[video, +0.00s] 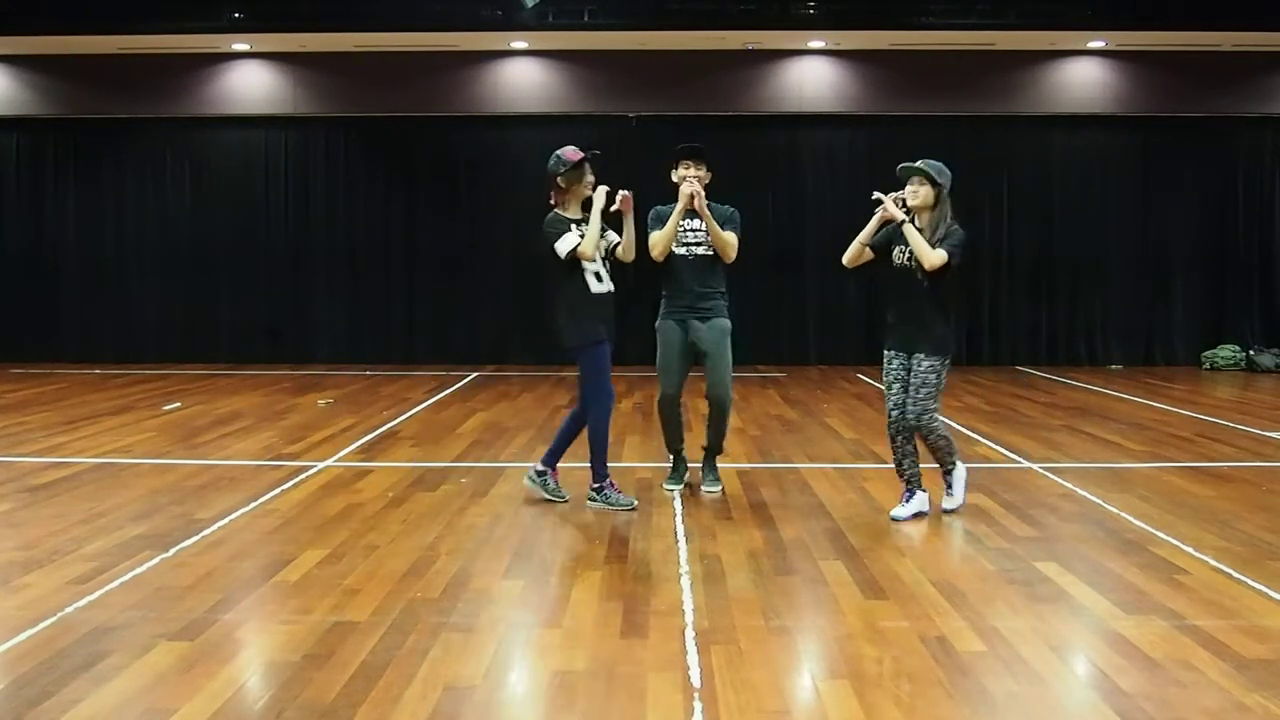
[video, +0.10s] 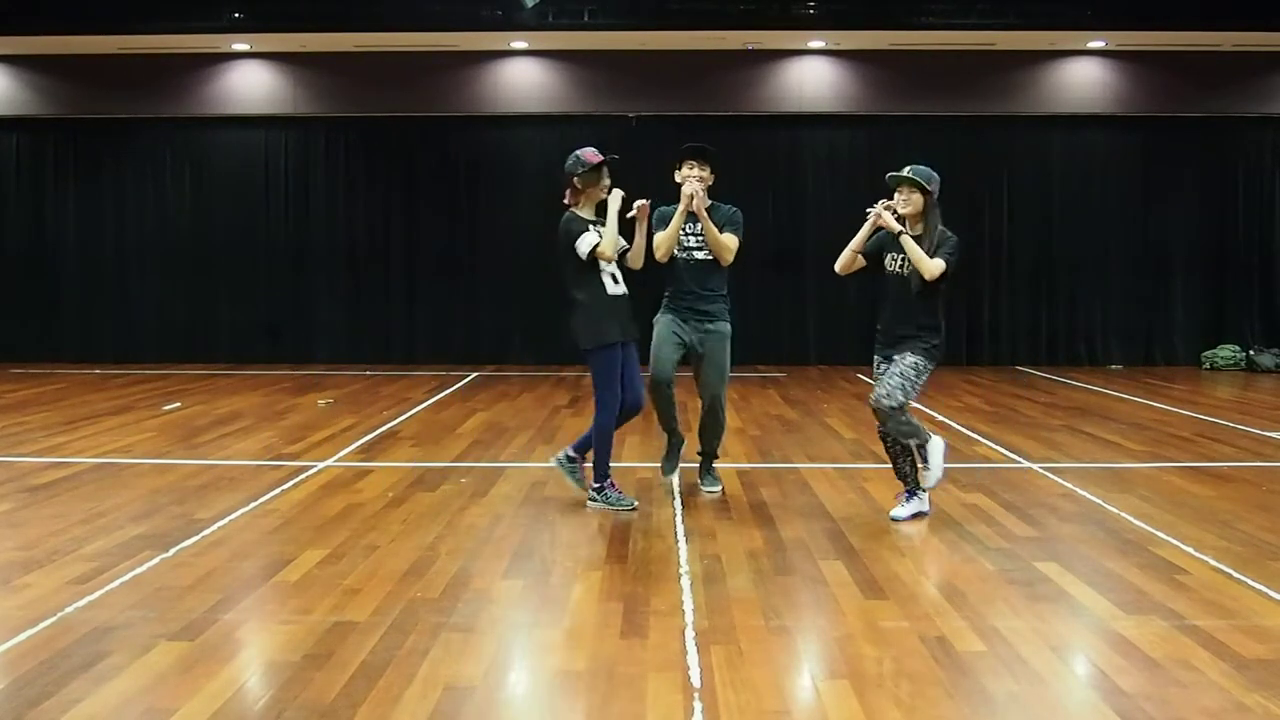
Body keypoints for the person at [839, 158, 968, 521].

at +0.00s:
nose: (909, 190)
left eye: (918, 185)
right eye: (908, 184)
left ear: (938, 192)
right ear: (906, 193)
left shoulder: (952, 233)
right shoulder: (897, 231)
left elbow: (931, 261)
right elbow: (850, 260)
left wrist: (902, 220)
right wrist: (877, 220)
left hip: (934, 339)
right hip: (897, 338)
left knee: (919, 415)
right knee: (896, 419)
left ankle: (953, 470)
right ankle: (914, 492)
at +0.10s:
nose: (901, 197)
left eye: (910, 191)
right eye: (898, 191)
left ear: (928, 197)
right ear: (894, 198)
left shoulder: (944, 240)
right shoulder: (888, 237)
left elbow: (931, 271)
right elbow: (842, 267)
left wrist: (898, 231)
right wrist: (868, 228)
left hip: (922, 342)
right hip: (886, 341)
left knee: (884, 403)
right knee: (888, 423)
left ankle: (929, 444)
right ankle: (915, 494)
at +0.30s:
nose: (889, 171)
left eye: (898, 168)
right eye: (886, 166)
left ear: (913, 181)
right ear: (877, 175)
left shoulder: (918, 215)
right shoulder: (864, 214)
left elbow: (928, 240)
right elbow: (813, 240)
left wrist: (891, 203)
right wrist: (847, 202)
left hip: (905, 322)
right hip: (872, 322)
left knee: (857, 382)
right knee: (893, 406)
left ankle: (884, 458)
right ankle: (914, 486)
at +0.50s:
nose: (858, 192)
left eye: (867, 186)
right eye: (856, 186)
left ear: (887, 191)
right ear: (851, 192)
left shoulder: (901, 234)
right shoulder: (846, 232)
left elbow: (894, 262)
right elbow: (801, 264)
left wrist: (863, 220)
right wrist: (826, 219)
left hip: (877, 345)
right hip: (843, 342)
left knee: (860, 425)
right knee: (837, 426)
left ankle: (865, 506)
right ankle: (892, 469)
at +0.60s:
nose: (844, 191)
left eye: (852, 185)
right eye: (841, 185)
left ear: (872, 190)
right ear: (838, 193)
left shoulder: (890, 233)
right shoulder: (835, 234)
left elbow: (880, 262)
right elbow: (790, 267)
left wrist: (846, 221)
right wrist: (812, 224)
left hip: (868, 353)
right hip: (830, 346)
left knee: (853, 431)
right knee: (801, 408)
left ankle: (866, 505)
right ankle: (855, 440)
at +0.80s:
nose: (818, 161)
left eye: (828, 158)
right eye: (818, 157)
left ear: (847, 172)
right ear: (817, 173)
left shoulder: (860, 214)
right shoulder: (805, 215)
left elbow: (843, 235)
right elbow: (752, 249)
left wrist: (814, 193)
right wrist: (780, 206)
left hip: (853, 332)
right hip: (814, 326)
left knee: (854, 419)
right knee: (786, 387)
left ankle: (863, 499)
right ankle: (801, 471)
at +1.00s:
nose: (791, 187)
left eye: (801, 181)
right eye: (788, 181)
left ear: (821, 187)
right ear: (785, 189)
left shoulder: (841, 234)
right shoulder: (780, 232)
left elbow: (822, 268)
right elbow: (735, 269)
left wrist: (787, 222)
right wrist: (757, 222)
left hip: (819, 350)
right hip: (780, 348)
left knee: (803, 435)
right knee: (779, 434)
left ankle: (841, 478)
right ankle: (799, 514)